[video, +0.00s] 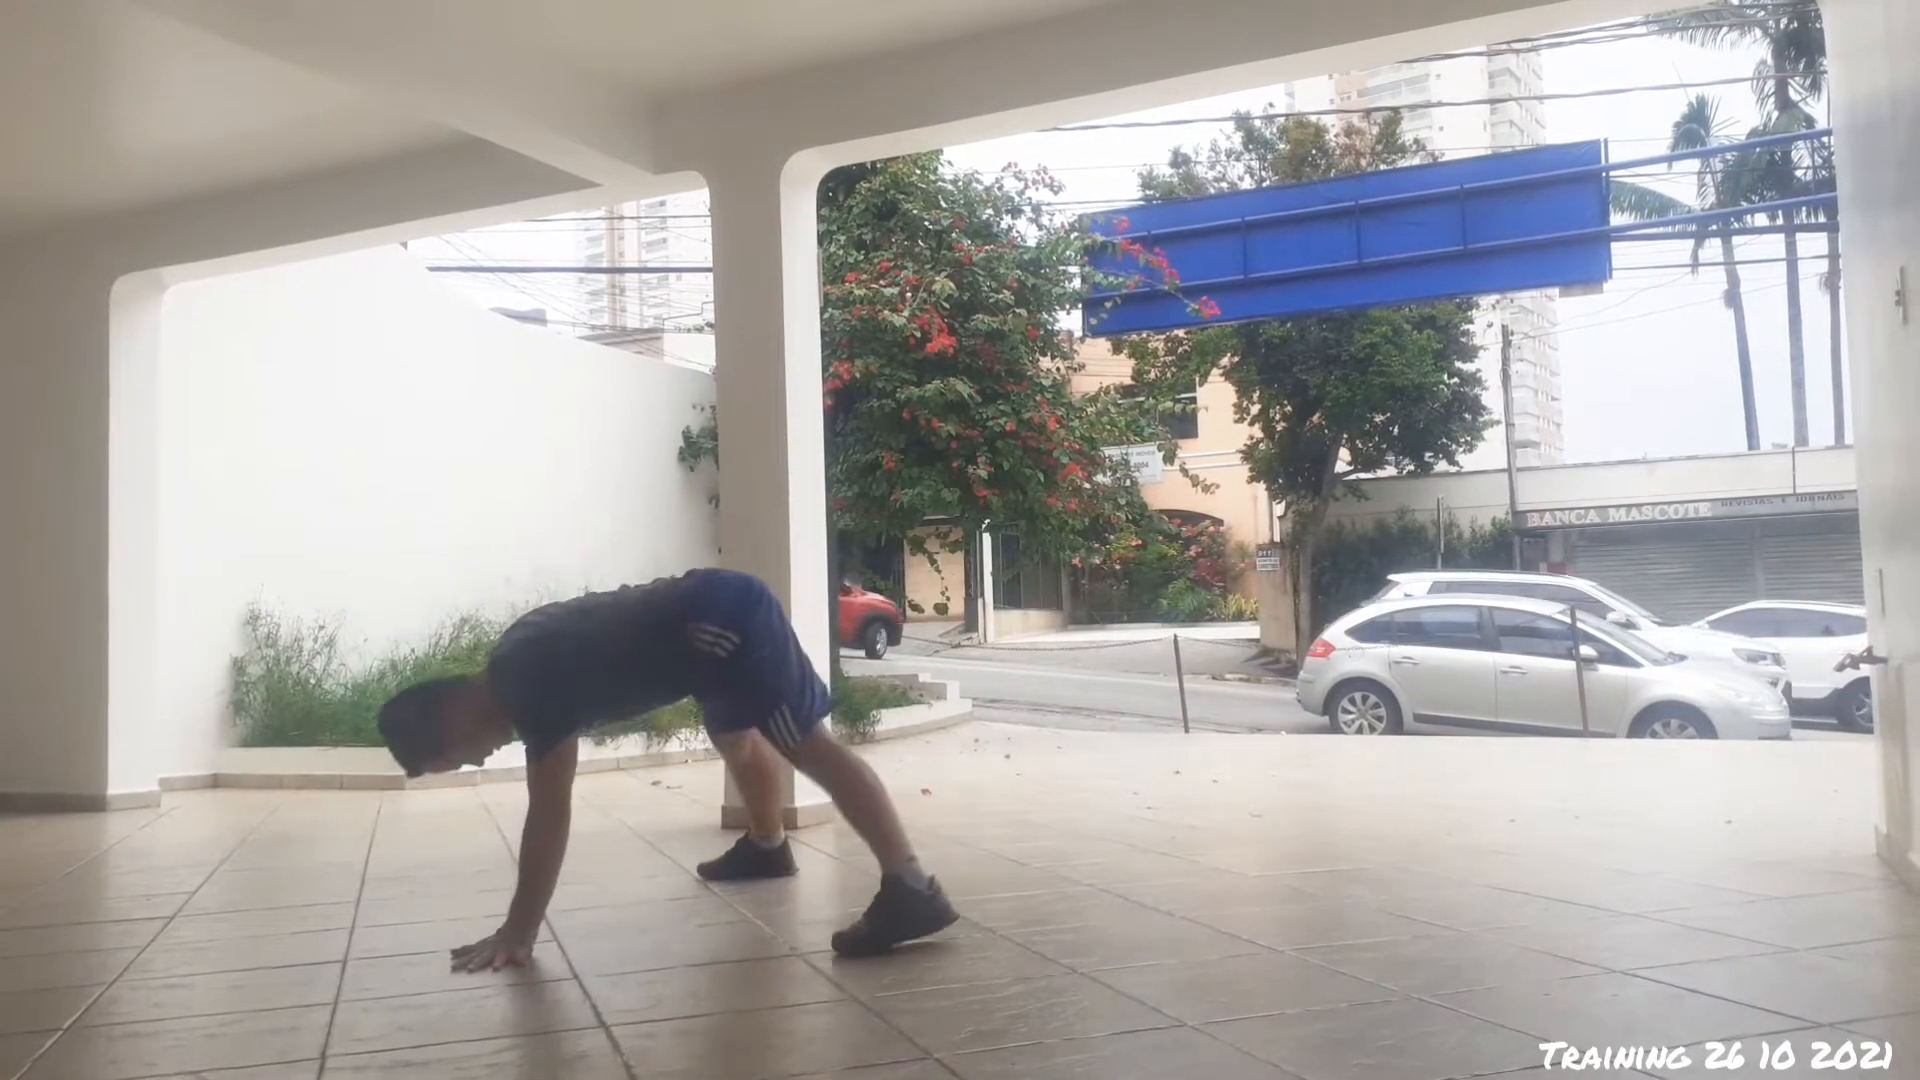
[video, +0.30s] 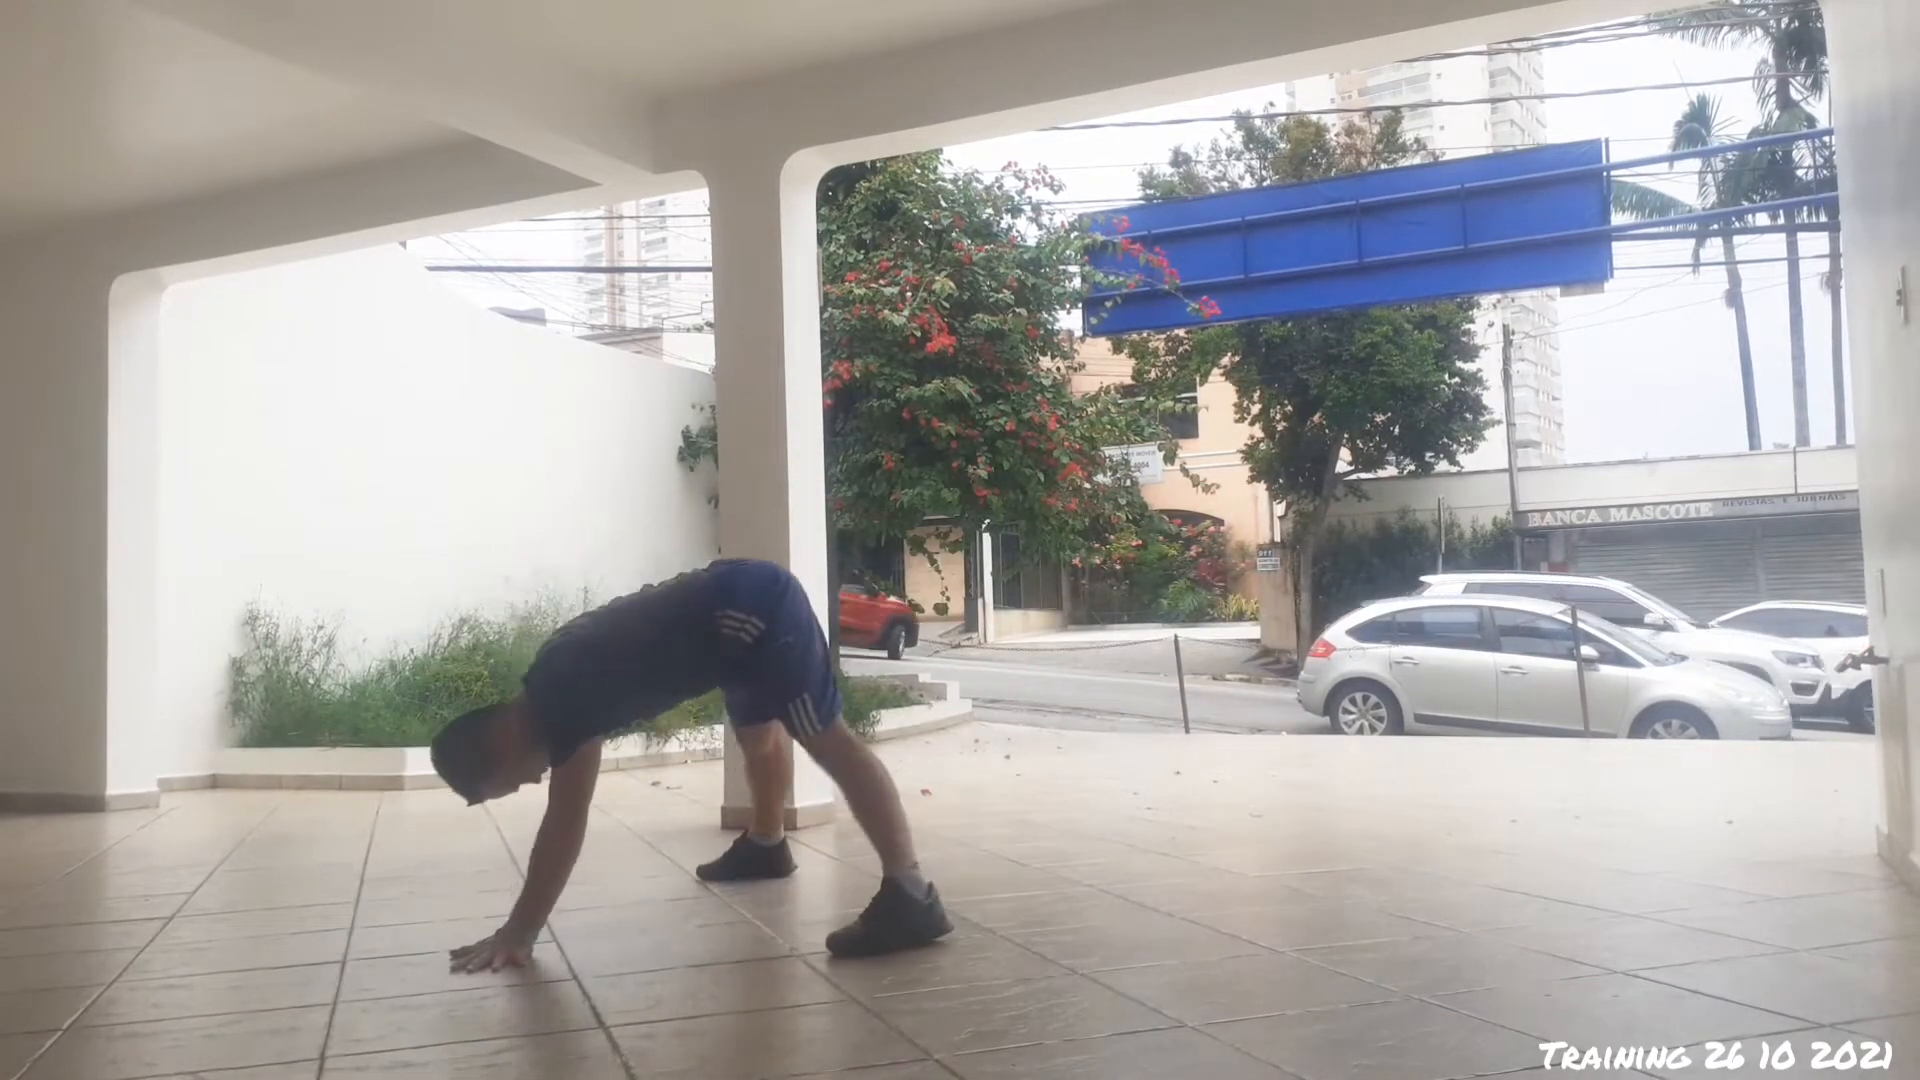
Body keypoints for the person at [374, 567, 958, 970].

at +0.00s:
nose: (467, 762)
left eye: (450, 755)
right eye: (453, 761)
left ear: (452, 712)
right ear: (452, 698)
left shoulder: (532, 677)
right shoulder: (519, 661)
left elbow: (548, 814)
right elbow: (549, 810)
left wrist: (519, 932)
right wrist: (521, 921)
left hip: (728, 616)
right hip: (706, 624)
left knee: (812, 746)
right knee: (737, 737)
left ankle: (911, 885)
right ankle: (767, 845)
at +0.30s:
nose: (514, 790)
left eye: (499, 787)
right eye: (502, 790)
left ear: (494, 743)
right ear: (494, 735)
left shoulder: (565, 695)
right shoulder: (555, 683)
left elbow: (564, 826)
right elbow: (564, 822)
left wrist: (519, 932)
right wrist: (517, 927)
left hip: (760, 608)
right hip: (733, 615)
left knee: (831, 743)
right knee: (759, 731)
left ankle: (912, 891)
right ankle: (766, 844)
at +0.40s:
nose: (543, 791)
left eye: (530, 789)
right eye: (531, 793)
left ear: (523, 750)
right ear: (520, 736)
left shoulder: (587, 705)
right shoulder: (576, 687)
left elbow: (574, 828)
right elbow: (576, 824)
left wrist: (519, 930)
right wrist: (524, 926)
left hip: (783, 601)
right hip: (752, 604)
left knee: (844, 739)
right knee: (769, 734)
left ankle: (914, 894)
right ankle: (767, 844)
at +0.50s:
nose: (573, 792)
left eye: (558, 788)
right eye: (561, 792)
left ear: (548, 751)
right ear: (549, 736)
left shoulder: (611, 702)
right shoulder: (604, 683)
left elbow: (588, 828)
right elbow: (589, 823)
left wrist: (521, 929)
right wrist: (528, 923)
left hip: (803, 598)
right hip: (772, 595)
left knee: (857, 735)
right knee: (777, 727)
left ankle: (915, 894)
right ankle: (767, 844)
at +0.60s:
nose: (590, 791)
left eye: (575, 788)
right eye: (579, 791)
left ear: (571, 749)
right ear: (570, 738)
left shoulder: (632, 703)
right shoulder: (630, 668)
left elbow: (604, 830)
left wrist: (534, 928)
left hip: (824, 597)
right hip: (789, 590)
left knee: (872, 735)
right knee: (787, 724)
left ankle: (918, 896)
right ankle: (767, 843)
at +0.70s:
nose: (615, 784)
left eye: (599, 781)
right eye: (603, 785)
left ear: (586, 746)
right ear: (587, 731)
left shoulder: (652, 699)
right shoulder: (646, 667)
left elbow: (633, 828)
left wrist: (567, 932)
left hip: (840, 598)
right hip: (804, 597)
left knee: (883, 737)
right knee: (795, 724)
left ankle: (919, 897)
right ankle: (769, 843)